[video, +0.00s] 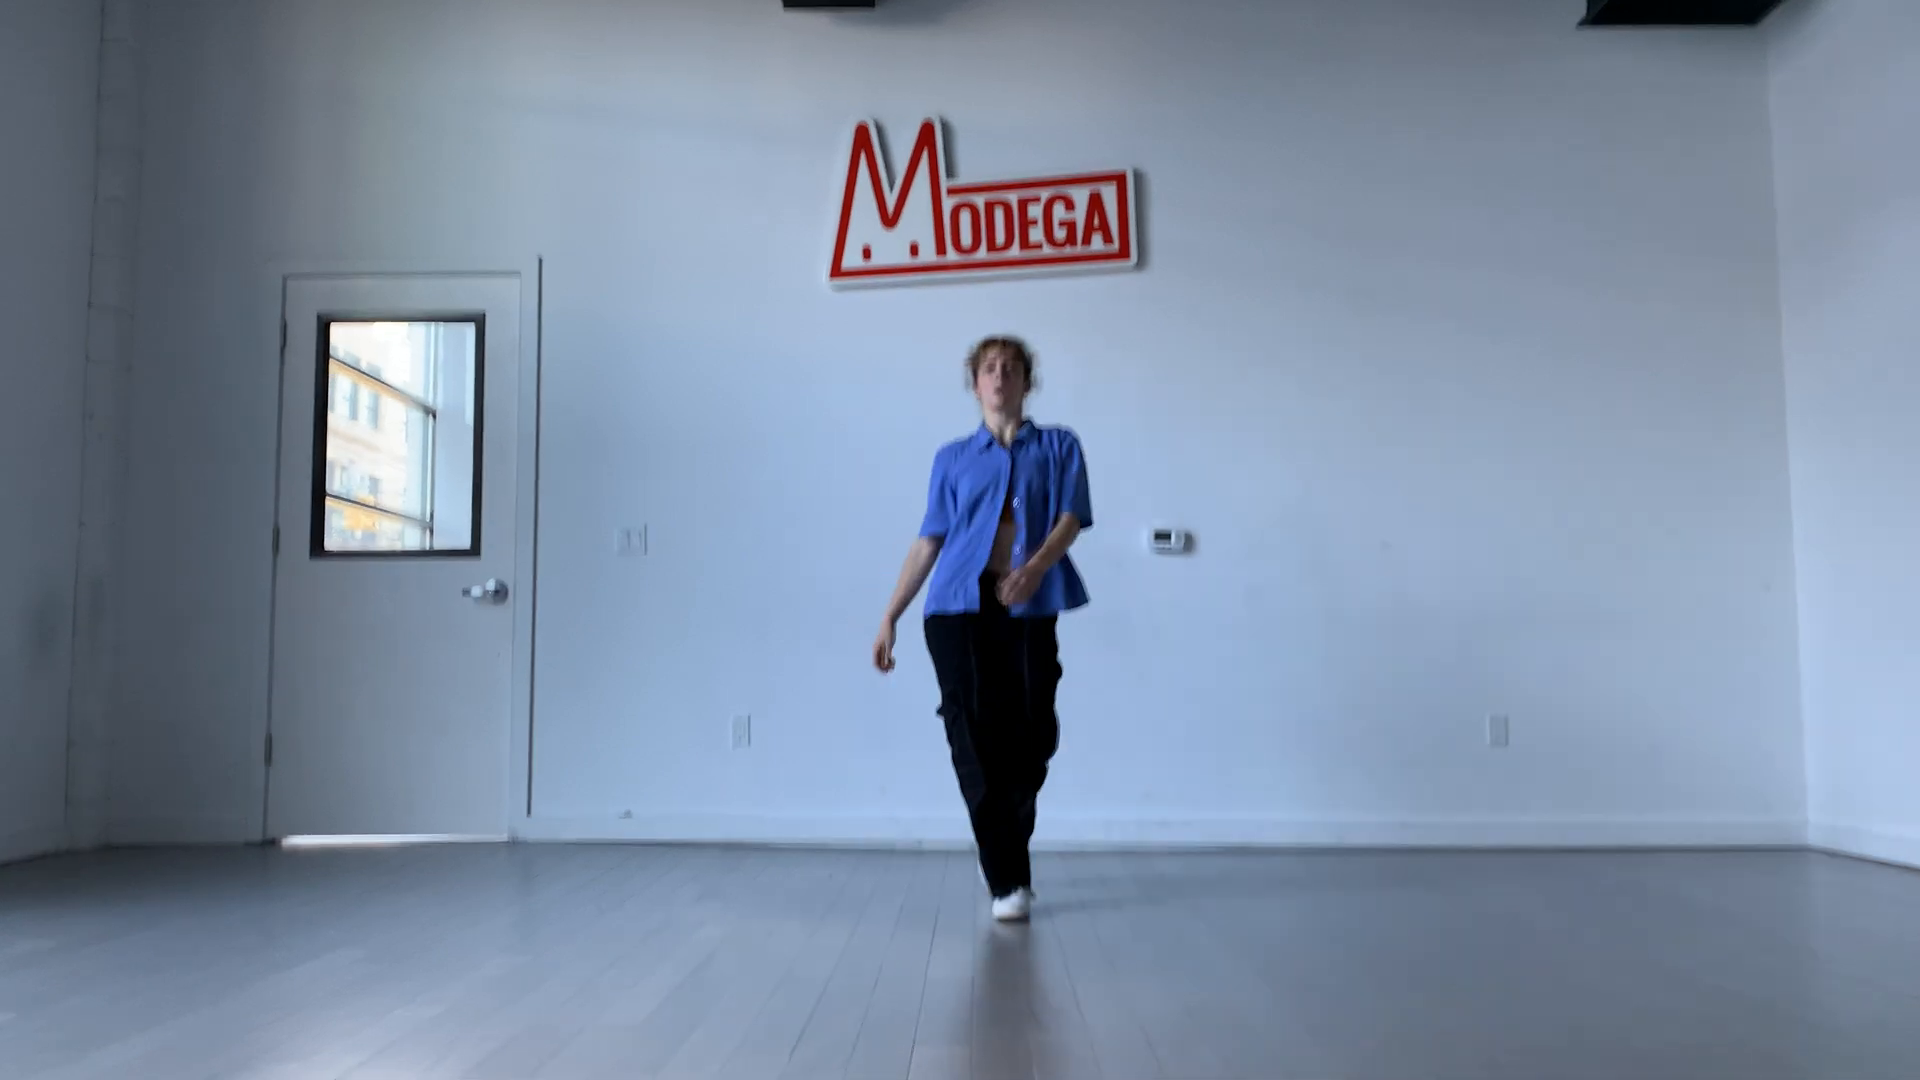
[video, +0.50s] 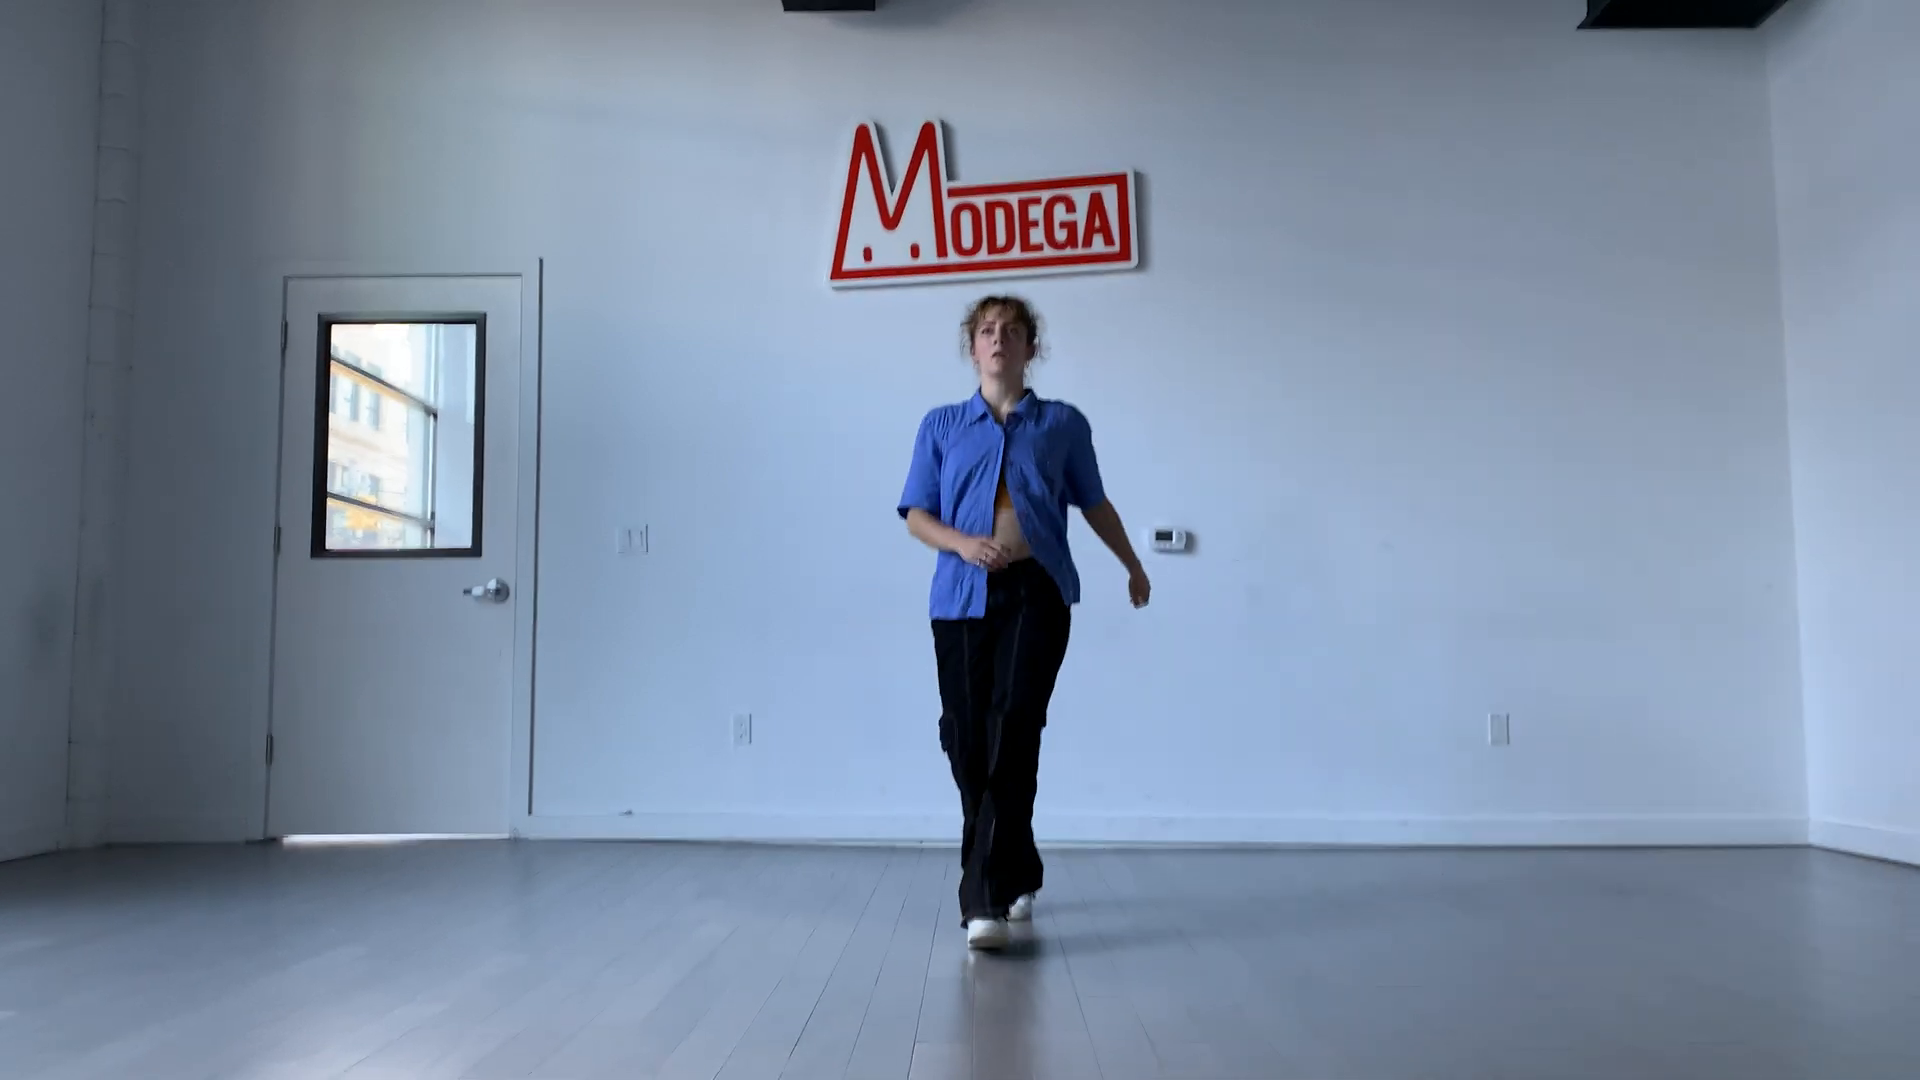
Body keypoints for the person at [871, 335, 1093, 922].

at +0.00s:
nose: (1000, 377)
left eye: (1011, 369)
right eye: (991, 369)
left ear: (1027, 382)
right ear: (974, 384)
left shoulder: (1059, 445)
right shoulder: (952, 458)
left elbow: (1072, 519)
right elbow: (928, 542)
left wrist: (1032, 570)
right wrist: (889, 619)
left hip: (1029, 613)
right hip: (958, 615)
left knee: (1034, 739)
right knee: (975, 744)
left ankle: (1010, 852)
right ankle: (1006, 883)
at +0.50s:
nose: (998, 340)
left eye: (1010, 331)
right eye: (987, 331)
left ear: (1031, 348)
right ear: (970, 348)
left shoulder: (1063, 424)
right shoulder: (941, 427)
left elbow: (1093, 503)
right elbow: (917, 518)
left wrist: (1133, 564)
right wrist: (965, 544)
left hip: (1035, 595)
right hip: (960, 598)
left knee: (1012, 735)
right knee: (964, 744)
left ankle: (986, 905)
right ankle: (1018, 875)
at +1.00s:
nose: (1009, 281)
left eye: (1023, 274)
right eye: (997, 276)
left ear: (1050, 299)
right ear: (983, 304)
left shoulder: (1088, 377)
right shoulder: (956, 384)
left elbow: (1097, 457)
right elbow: (908, 484)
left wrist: (1013, 407)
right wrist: (852, 564)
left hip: (1050, 587)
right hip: (961, 582)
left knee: (1032, 760)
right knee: (947, 750)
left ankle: (993, 927)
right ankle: (924, 930)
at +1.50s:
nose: (1178, 339)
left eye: (1187, 329)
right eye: (1169, 323)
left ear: (1180, 335)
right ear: (1130, 314)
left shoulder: (1175, 398)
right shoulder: (1054, 353)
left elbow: (1256, 371)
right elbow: (984, 271)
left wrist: (1221, 291)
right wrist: (921, 178)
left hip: (1166, 599)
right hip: (1081, 602)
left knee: (1240, 769)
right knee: (1092, 794)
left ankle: (1302, 941)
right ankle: (957, 890)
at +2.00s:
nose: (1029, 318)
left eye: (1035, 303)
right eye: (1026, 306)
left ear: (1078, 297)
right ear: (1054, 305)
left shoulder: (1155, 335)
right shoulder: (1041, 378)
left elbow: (1240, 248)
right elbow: (957, 350)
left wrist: (1316, 149)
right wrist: (989, 269)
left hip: (1112, 588)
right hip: (1035, 589)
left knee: (1144, 780)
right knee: (974, 769)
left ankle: (1280, 918)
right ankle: (960, 942)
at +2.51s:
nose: (1014, 299)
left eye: (1030, 284)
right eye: (1001, 283)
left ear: (1053, 293)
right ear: (983, 288)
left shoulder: (1081, 389)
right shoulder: (943, 372)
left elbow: (1129, 493)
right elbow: (867, 450)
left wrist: (1172, 588)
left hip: (1046, 591)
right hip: (953, 587)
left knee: (1109, 750)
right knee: (929, 761)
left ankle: (1189, 906)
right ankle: (959, 939)